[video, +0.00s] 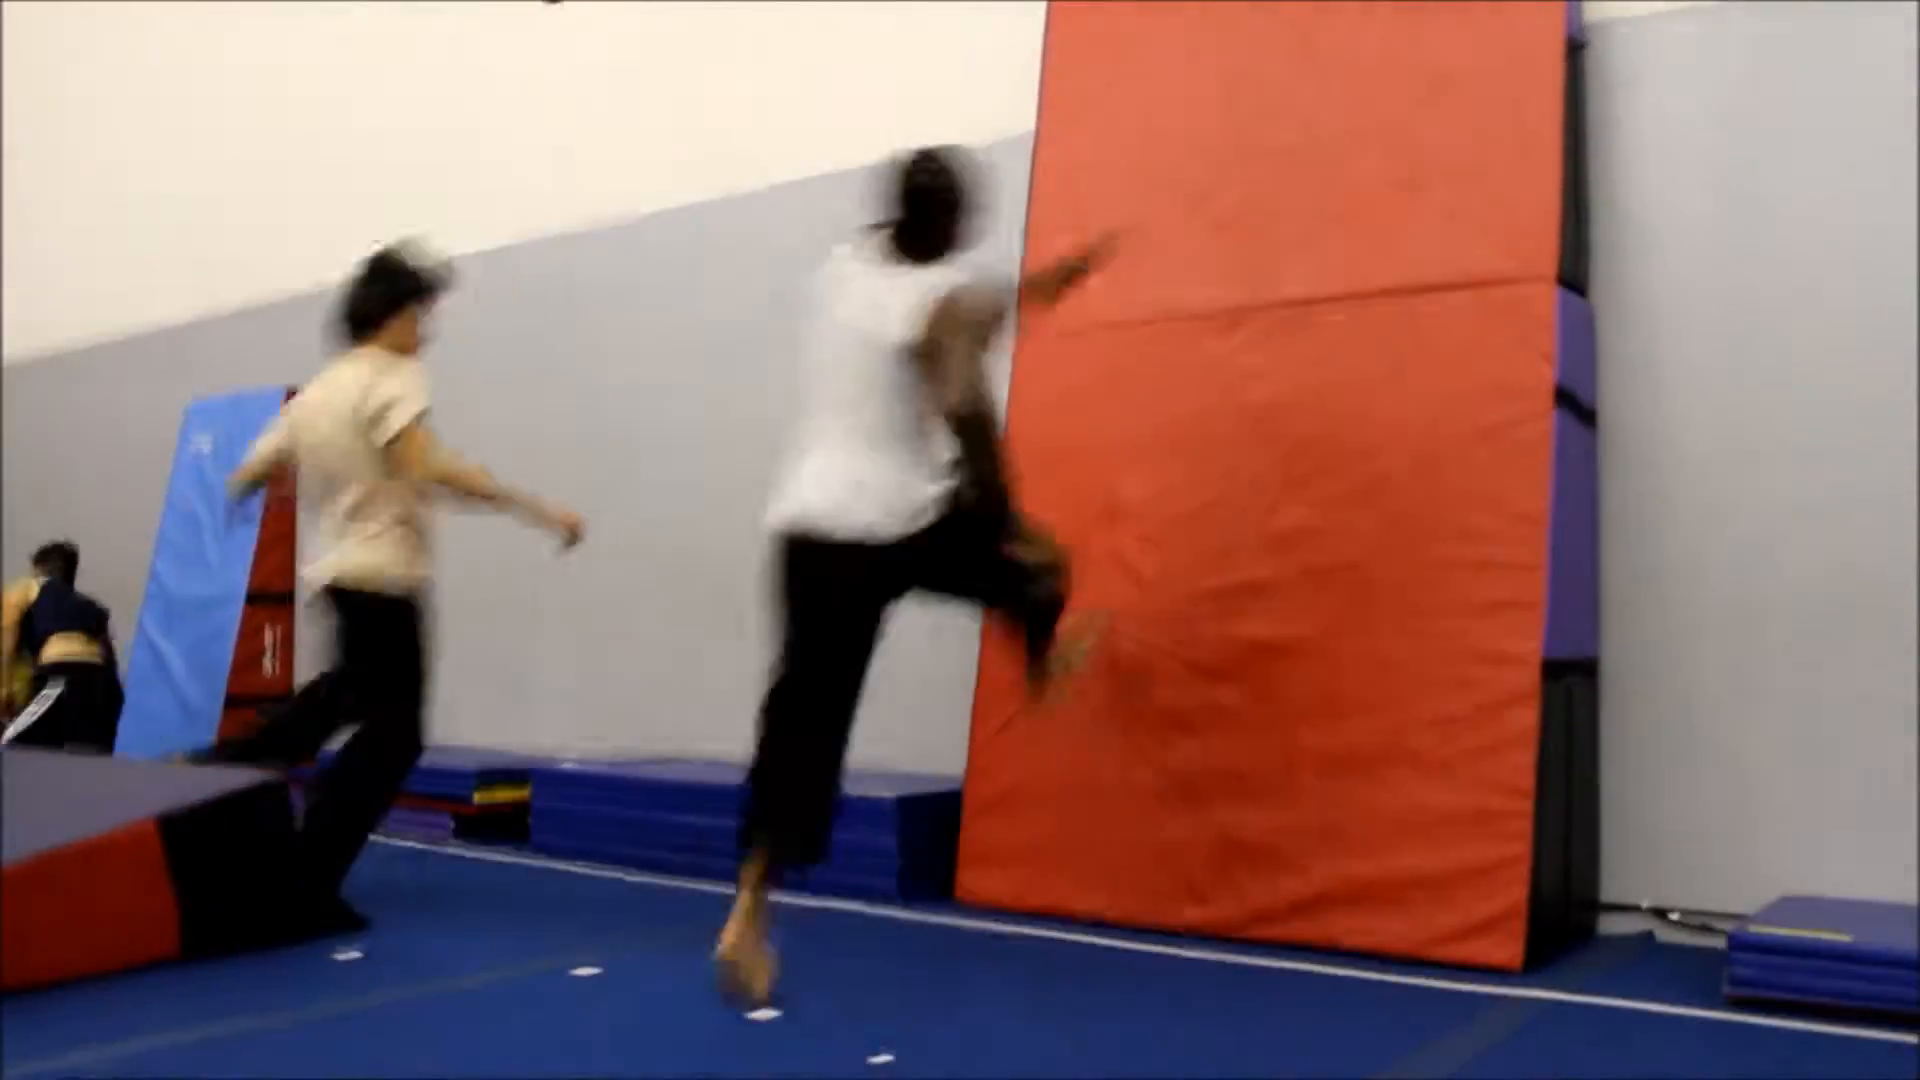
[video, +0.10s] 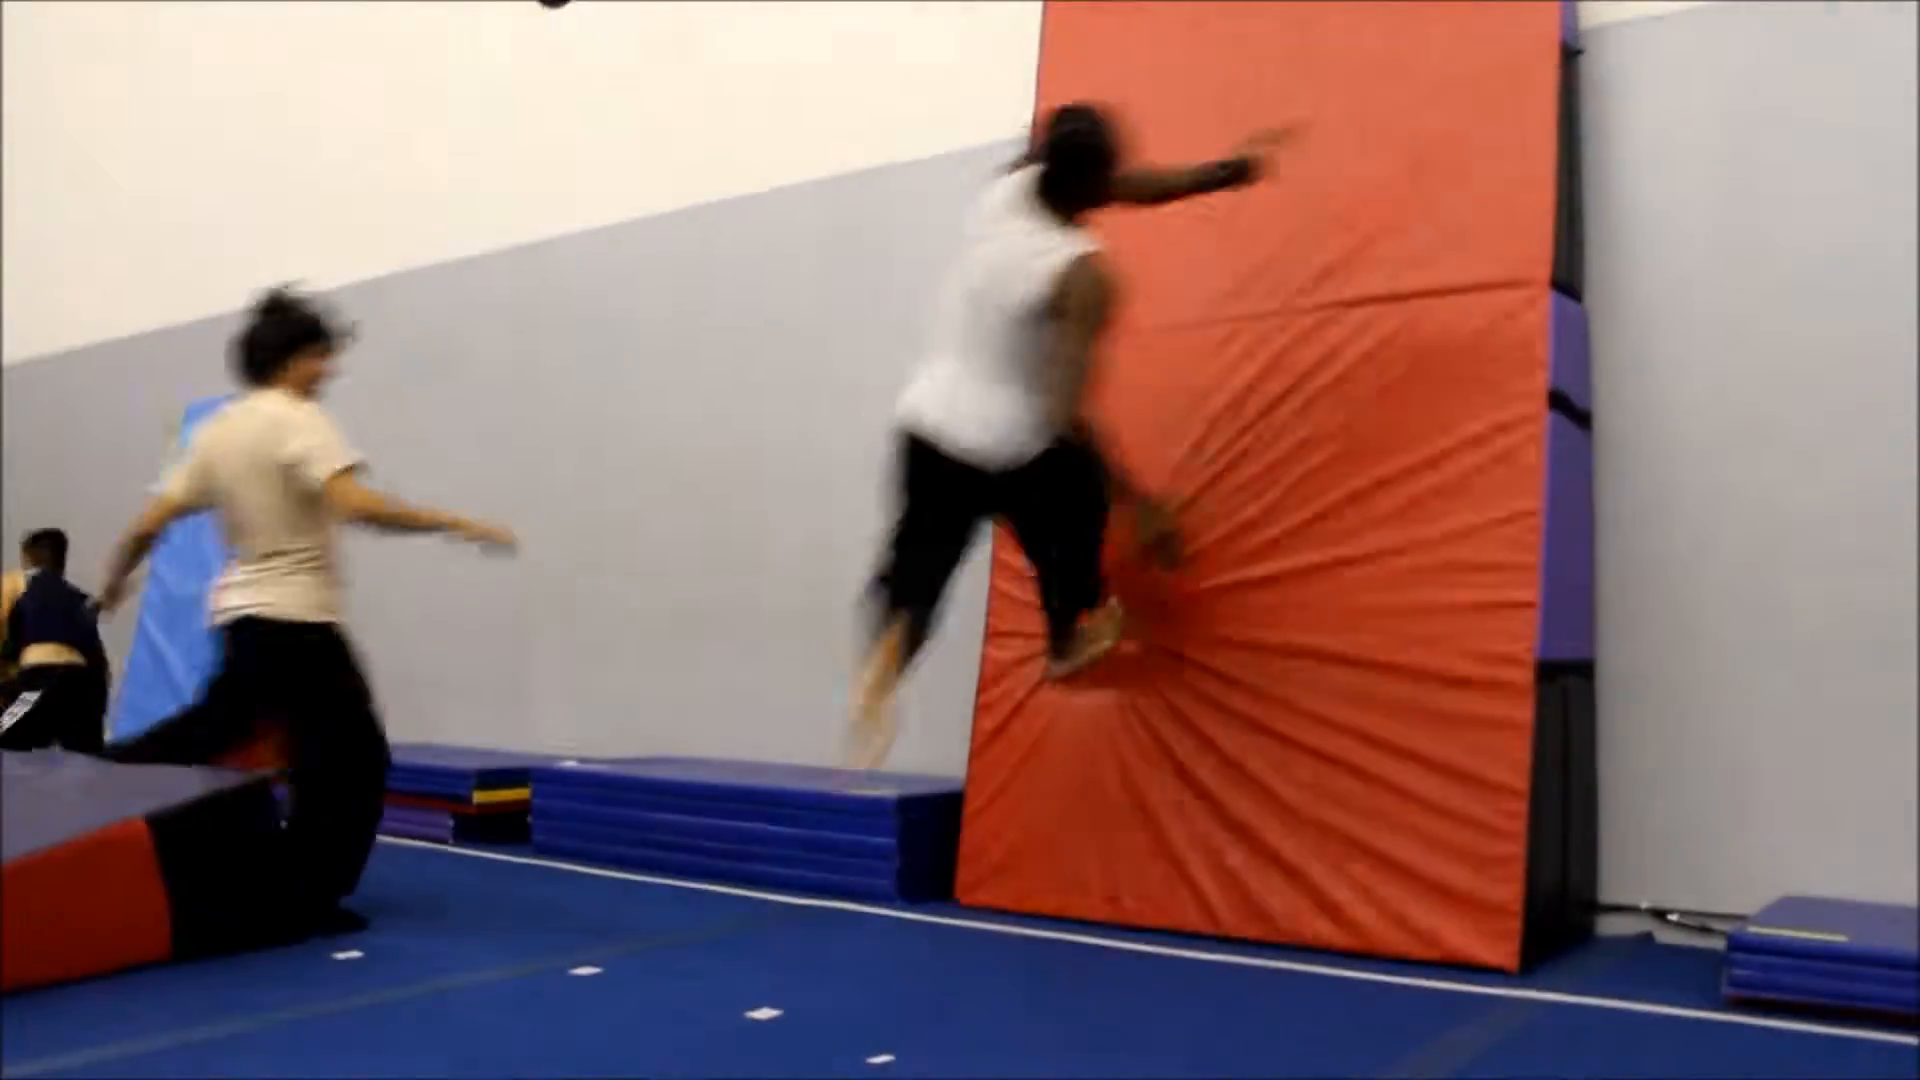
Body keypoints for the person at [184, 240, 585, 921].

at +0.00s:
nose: (423, 330)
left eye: (422, 316)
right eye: (417, 316)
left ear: (361, 319)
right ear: (393, 317)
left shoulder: (315, 394)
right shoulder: (391, 379)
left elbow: (246, 477)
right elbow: (423, 464)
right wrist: (538, 512)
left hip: (339, 577)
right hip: (385, 580)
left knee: (355, 690)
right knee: (396, 737)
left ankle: (238, 766)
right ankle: (313, 880)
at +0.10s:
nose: (327, 369)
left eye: (327, 356)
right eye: (320, 356)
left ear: (265, 359)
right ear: (293, 358)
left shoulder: (219, 431)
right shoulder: (300, 421)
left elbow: (148, 524)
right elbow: (353, 503)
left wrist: (115, 583)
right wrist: (455, 524)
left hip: (244, 628)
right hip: (303, 628)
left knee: (216, 729)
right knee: (355, 761)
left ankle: (106, 780)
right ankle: (315, 901)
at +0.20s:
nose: (232, 369)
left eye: (233, 355)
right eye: (226, 354)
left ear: (175, 351)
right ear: (199, 351)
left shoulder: (118, 421)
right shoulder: (198, 414)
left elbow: (68, 520)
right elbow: (211, 512)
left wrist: (67, 604)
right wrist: (287, 541)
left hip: (166, 617)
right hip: (216, 617)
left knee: (190, 722)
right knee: (294, 743)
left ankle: (87, 801)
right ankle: (312, 898)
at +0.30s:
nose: (155, 371)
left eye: (157, 357)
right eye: (147, 355)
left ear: (109, 353)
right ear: (110, 352)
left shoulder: (71, 413)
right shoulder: (79, 418)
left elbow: (34, 520)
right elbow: (32, 513)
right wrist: (69, 601)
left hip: (62, 616)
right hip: (86, 614)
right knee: (212, 686)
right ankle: (307, 837)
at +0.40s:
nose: (53, 426)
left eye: (55, 409)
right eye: (48, 407)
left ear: (24, 404)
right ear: (17, 404)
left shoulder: (18, 478)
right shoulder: (9, 468)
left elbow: (40, 510)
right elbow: (28, 508)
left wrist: (114, 523)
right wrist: (111, 522)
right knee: (120, 650)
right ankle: (251, 725)